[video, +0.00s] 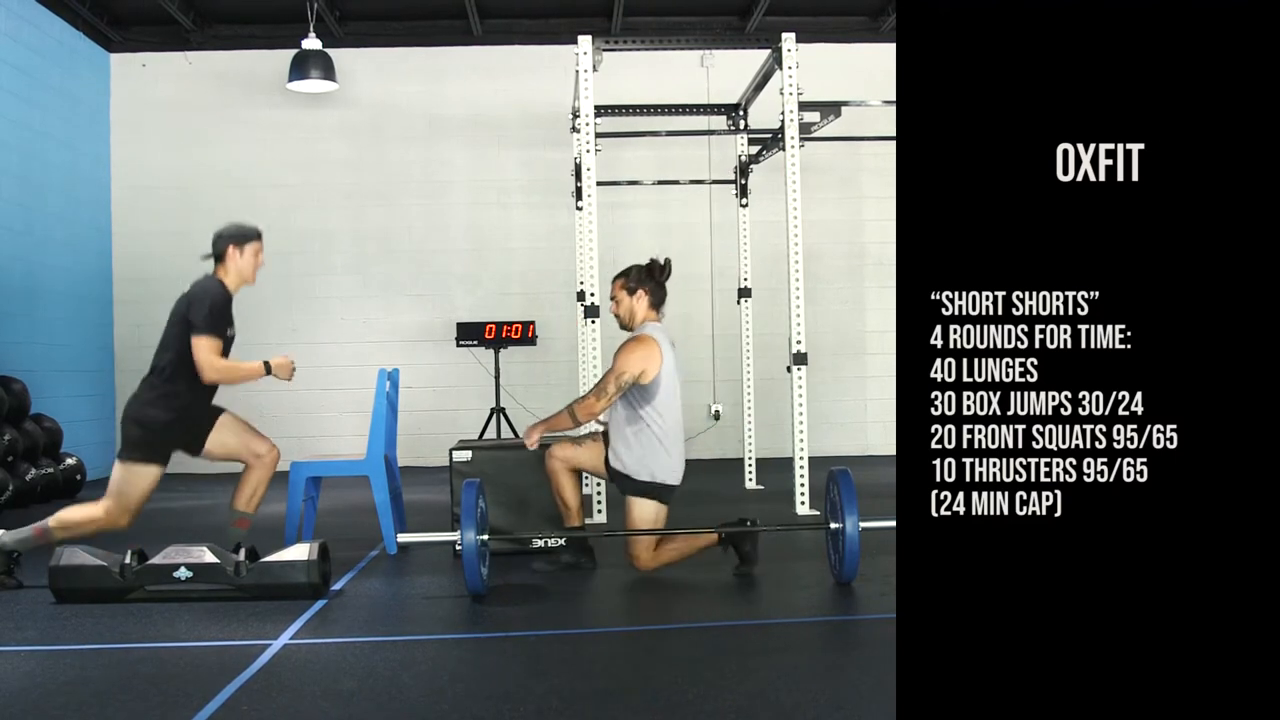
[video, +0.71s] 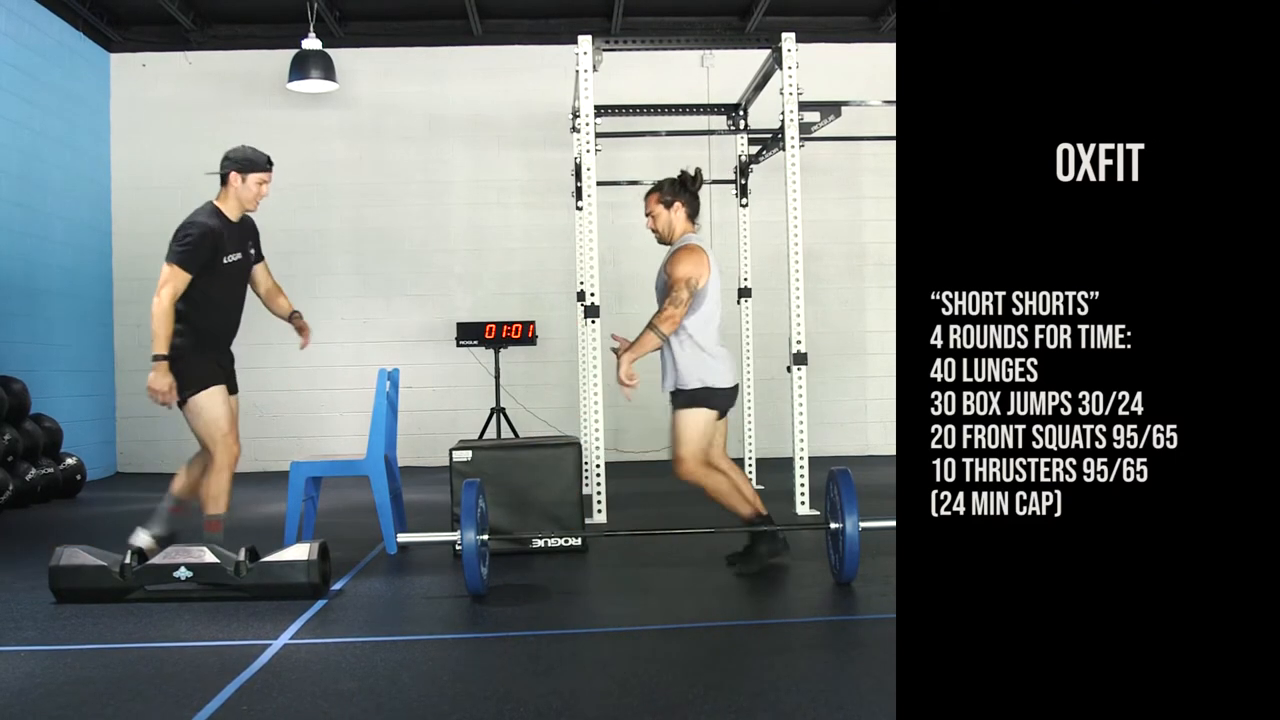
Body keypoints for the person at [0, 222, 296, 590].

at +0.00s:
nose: (262, 261)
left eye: (261, 253)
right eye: (257, 253)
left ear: (234, 255)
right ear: (233, 254)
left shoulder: (219, 298)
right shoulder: (208, 293)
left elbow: (203, 368)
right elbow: (210, 368)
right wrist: (268, 368)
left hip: (188, 414)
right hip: (155, 415)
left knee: (264, 453)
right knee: (115, 514)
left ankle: (234, 550)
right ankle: (11, 541)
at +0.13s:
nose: (265, 216)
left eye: (265, 209)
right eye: (260, 208)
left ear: (237, 209)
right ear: (236, 208)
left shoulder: (225, 255)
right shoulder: (213, 252)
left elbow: (204, 325)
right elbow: (206, 323)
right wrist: (260, 365)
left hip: (198, 377)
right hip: (170, 374)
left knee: (252, 451)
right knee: (134, 473)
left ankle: (229, 551)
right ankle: (35, 530)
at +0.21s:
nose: (266, 194)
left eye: (267, 186)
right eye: (261, 186)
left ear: (239, 187)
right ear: (236, 185)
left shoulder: (230, 236)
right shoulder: (211, 231)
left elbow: (215, 307)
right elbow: (199, 301)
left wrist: (240, 355)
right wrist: (234, 359)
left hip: (206, 358)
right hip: (177, 356)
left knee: (238, 448)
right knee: (162, 458)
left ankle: (230, 551)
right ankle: (69, 525)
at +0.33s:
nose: (264, 180)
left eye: (265, 172)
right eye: (258, 172)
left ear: (243, 174)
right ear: (233, 172)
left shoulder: (242, 226)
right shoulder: (204, 220)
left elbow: (240, 291)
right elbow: (183, 288)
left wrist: (279, 333)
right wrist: (194, 351)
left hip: (220, 346)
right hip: (188, 344)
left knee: (227, 446)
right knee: (200, 446)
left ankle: (227, 547)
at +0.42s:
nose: (264, 180)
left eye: (265, 172)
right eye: (258, 171)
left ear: (244, 174)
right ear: (232, 171)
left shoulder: (245, 225)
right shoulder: (203, 222)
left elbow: (255, 288)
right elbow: (174, 287)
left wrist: (299, 329)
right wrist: (178, 351)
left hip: (225, 349)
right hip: (194, 349)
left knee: (230, 446)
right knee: (207, 448)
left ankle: (226, 545)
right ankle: (192, 550)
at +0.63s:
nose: (267, 187)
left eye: (268, 179)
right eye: (261, 178)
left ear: (242, 178)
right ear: (235, 175)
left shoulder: (243, 224)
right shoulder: (206, 224)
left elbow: (263, 282)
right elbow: (172, 290)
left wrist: (303, 315)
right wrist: (170, 359)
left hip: (220, 348)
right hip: (191, 348)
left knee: (234, 445)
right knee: (217, 448)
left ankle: (213, 542)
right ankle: (213, 550)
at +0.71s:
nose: (265, 193)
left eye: (267, 185)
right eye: (260, 184)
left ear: (245, 183)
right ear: (234, 179)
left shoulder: (246, 227)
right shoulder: (200, 229)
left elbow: (265, 284)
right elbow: (164, 295)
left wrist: (292, 315)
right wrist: (160, 363)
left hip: (218, 352)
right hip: (187, 354)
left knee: (218, 450)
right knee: (224, 450)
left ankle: (153, 532)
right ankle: (214, 553)